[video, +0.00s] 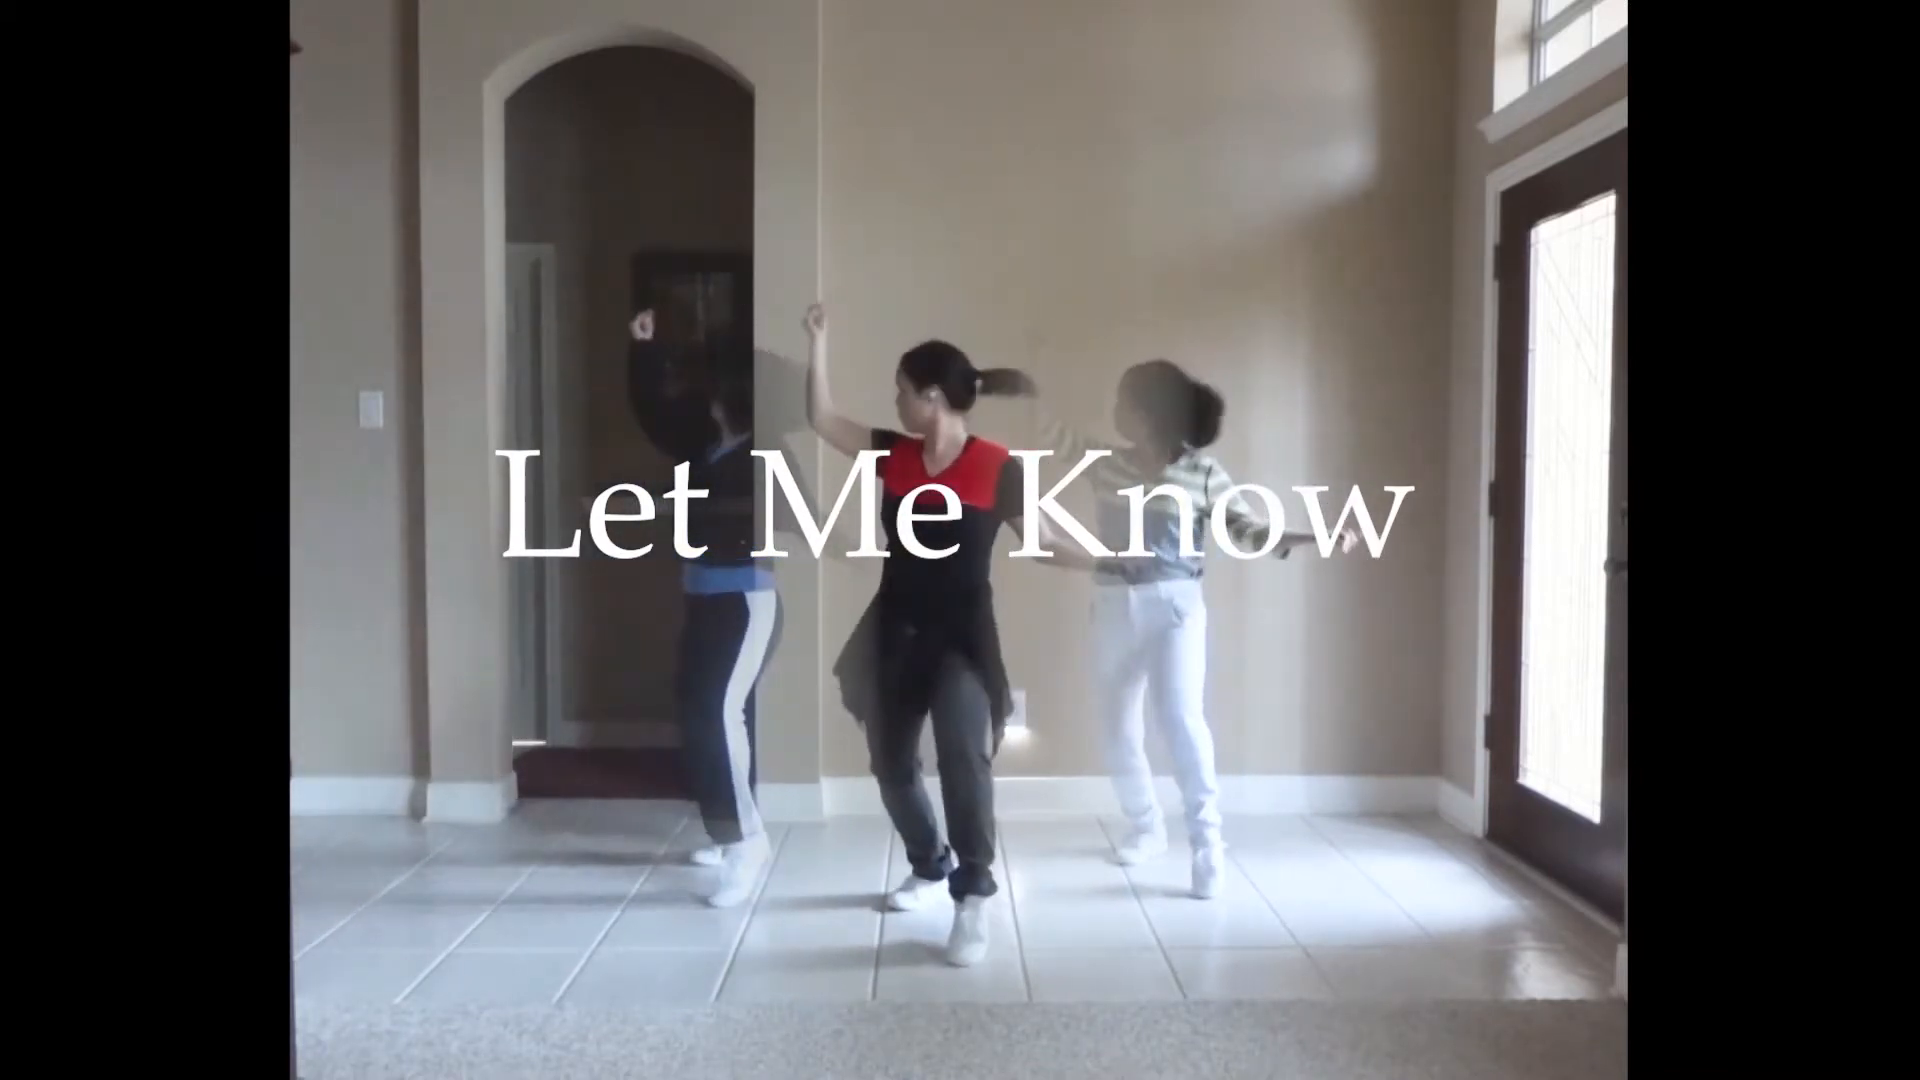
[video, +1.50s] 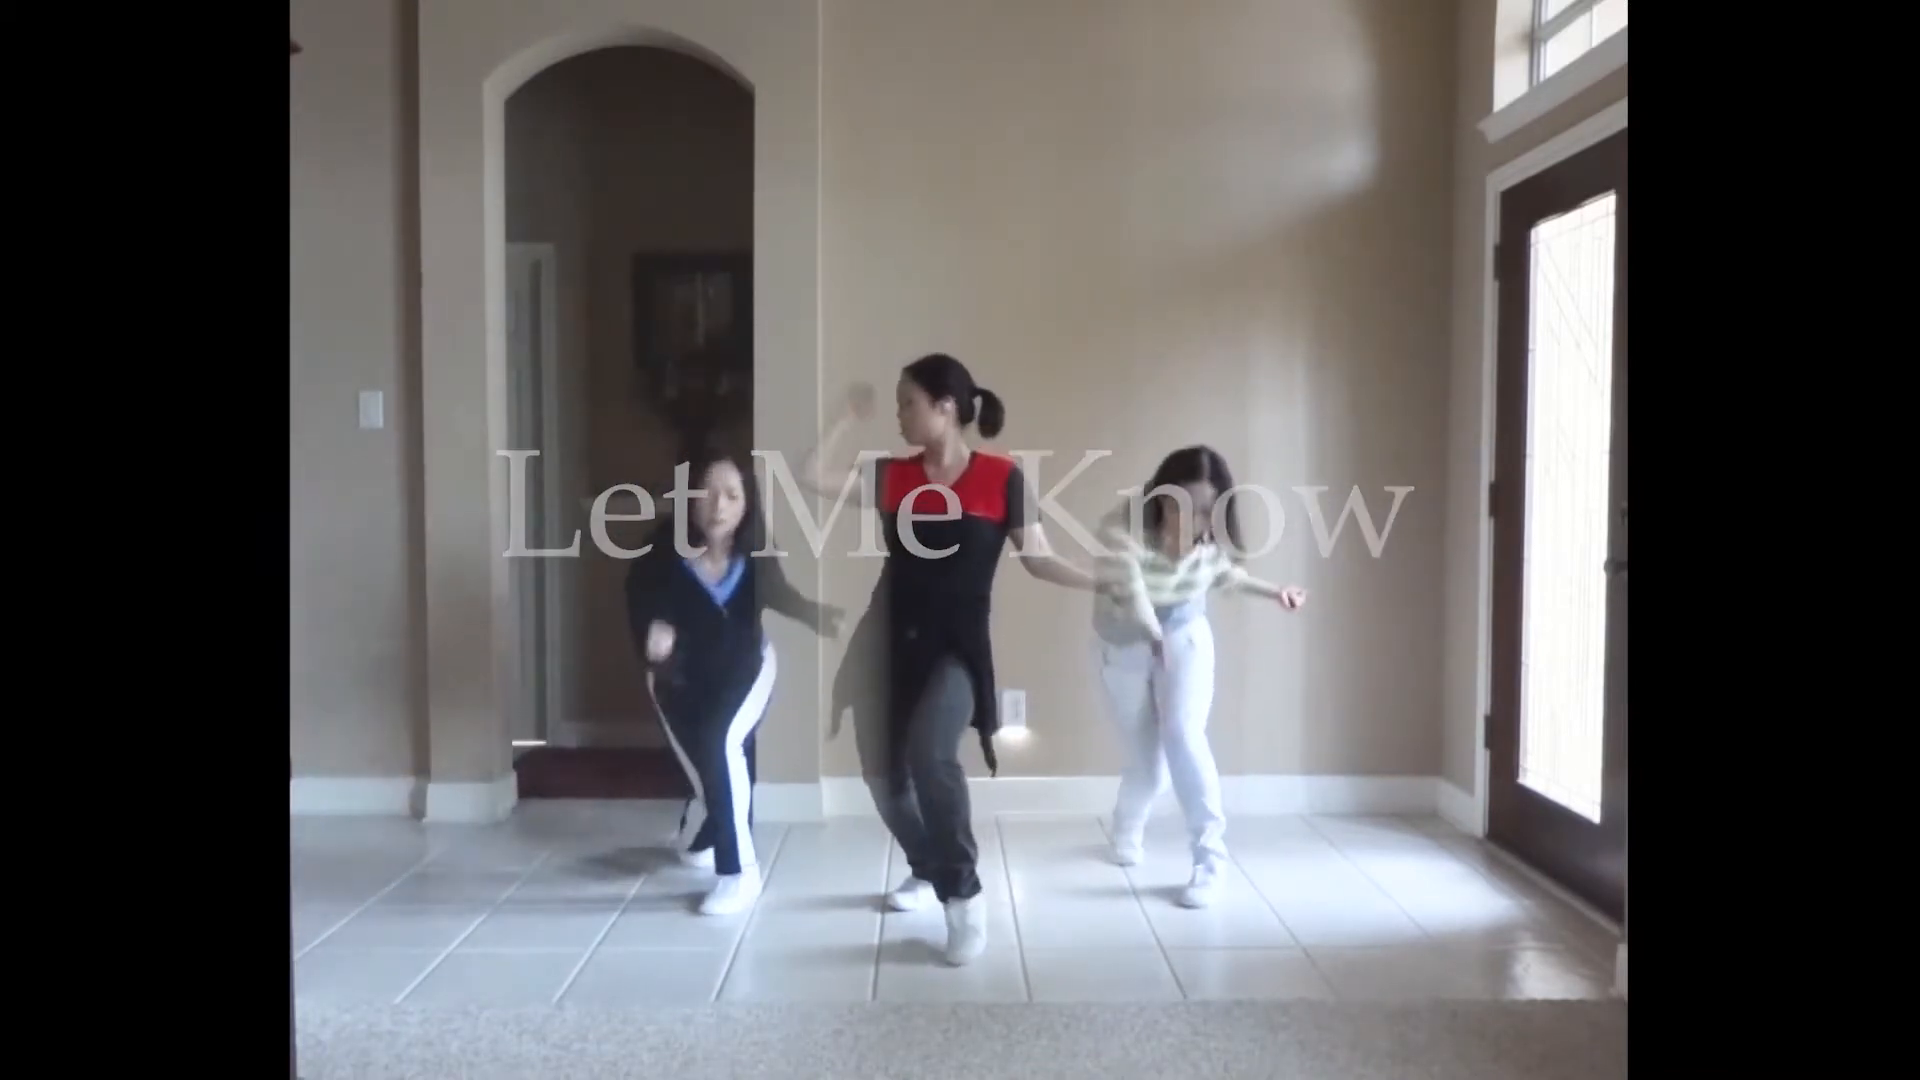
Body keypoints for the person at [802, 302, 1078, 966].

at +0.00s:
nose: (898, 405)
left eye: (905, 395)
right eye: (900, 395)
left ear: (937, 398)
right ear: (924, 399)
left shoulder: (997, 467)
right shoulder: (891, 454)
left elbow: (1052, 538)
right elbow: (823, 419)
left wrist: (1112, 562)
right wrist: (818, 339)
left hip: (962, 632)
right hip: (895, 629)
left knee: (962, 752)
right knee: (891, 763)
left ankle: (973, 893)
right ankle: (931, 868)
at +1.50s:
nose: (901, 416)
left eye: (910, 405)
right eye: (900, 405)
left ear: (948, 407)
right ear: (915, 411)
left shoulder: (1001, 476)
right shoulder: (892, 474)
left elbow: (1038, 559)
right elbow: (816, 480)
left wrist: (1101, 580)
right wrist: (843, 423)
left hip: (958, 642)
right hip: (892, 640)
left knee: (929, 753)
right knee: (884, 780)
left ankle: (961, 893)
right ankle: (929, 870)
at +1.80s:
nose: (921, 383)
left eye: (935, 372)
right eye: (913, 373)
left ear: (962, 388)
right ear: (901, 387)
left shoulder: (989, 462)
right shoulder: (887, 456)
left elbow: (1018, 547)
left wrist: (1094, 582)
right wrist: (891, 349)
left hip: (964, 628)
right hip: (898, 627)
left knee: (962, 761)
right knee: (905, 770)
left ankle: (981, 902)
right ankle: (930, 864)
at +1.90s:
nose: (930, 376)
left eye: (944, 366)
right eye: (919, 366)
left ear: (967, 381)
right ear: (906, 380)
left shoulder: (988, 459)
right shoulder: (884, 445)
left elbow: (1017, 544)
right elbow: (850, 391)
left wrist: (1083, 572)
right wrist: (898, 352)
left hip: (968, 627)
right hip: (898, 626)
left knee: (968, 770)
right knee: (910, 767)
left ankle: (987, 908)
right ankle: (933, 865)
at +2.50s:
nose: (968, 494)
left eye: (981, 483)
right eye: (955, 483)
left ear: (1003, 497)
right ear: (937, 500)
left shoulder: (1014, 553)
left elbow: (1021, 613)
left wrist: (1101, 596)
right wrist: (951, 777)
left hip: (991, 708)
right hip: (925, 715)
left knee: (982, 798)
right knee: (943, 865)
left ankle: (985, 928)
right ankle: (901, 861)